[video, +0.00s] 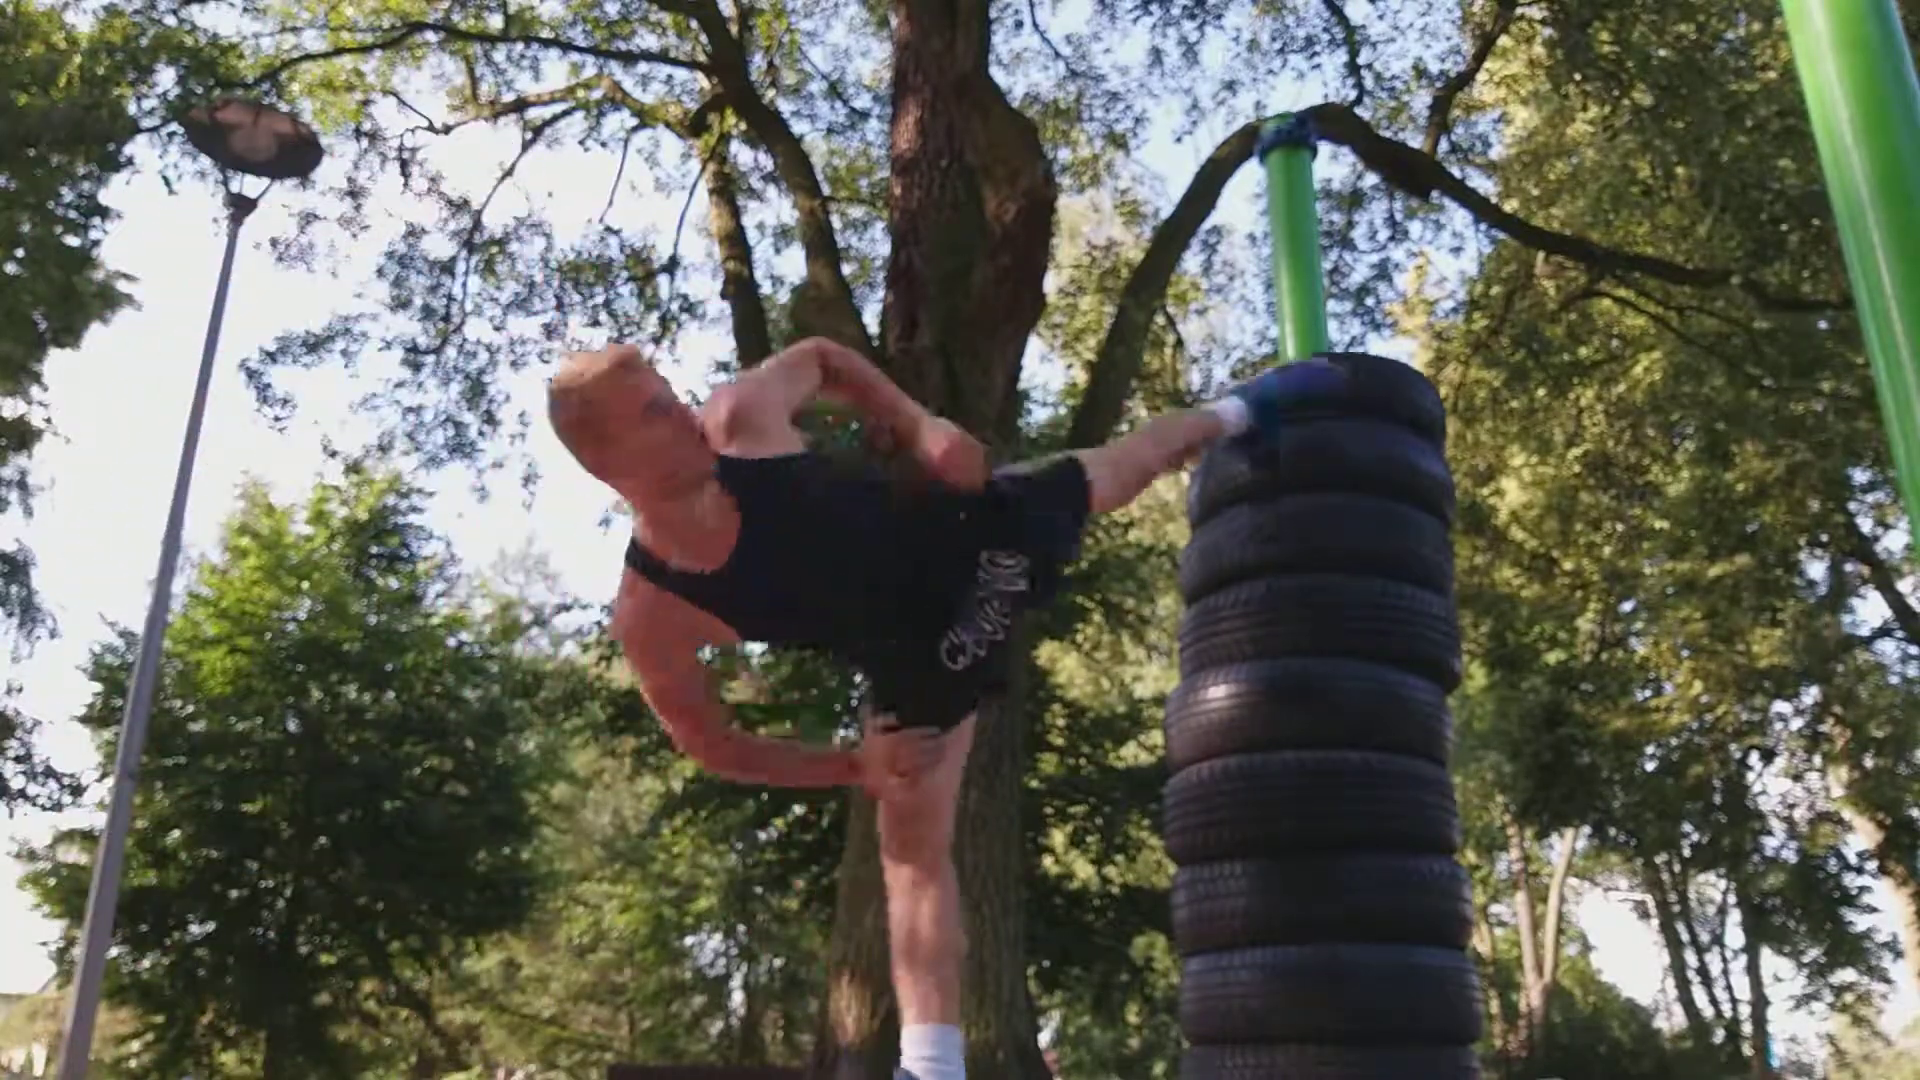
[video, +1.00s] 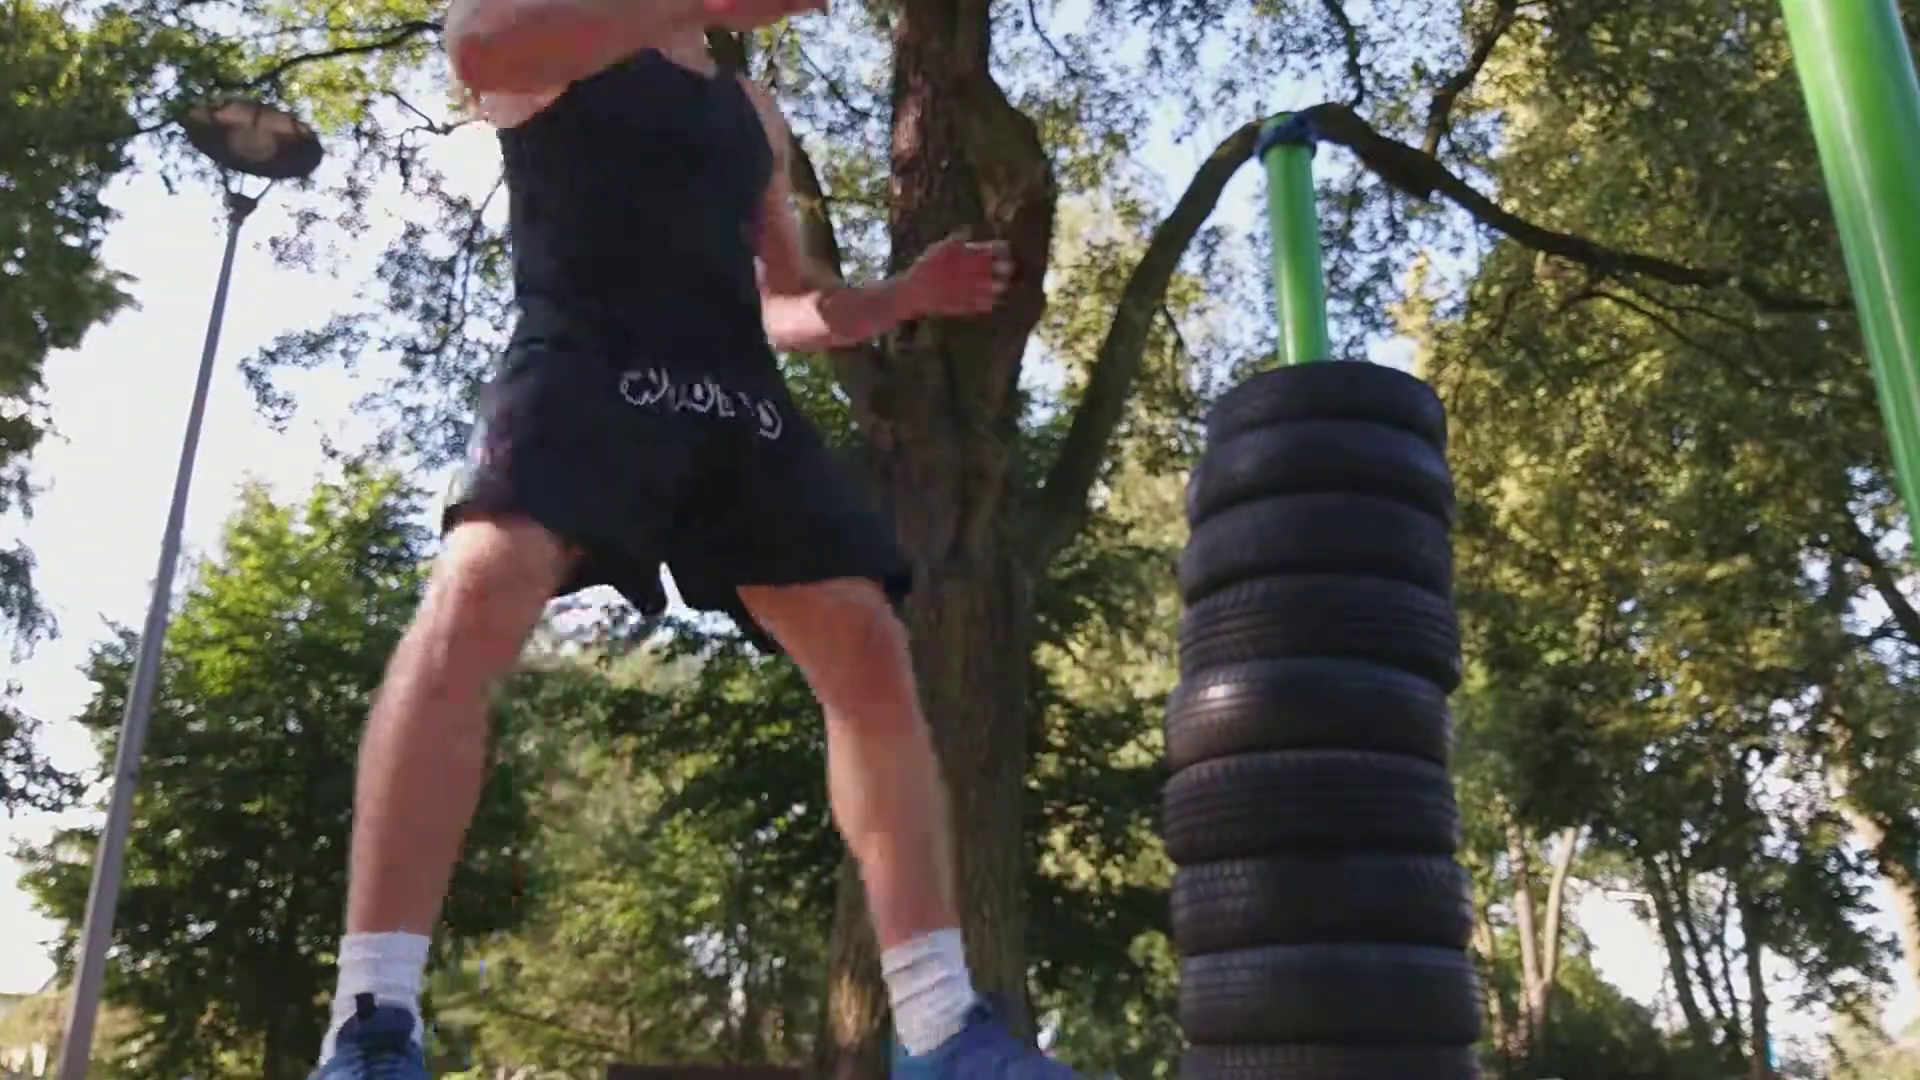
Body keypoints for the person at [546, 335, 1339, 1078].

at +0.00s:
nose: (685, 412)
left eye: (674, 394)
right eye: (655, 413)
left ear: (682, 399)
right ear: (609, 465)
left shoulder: (744, 418)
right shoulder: (651, 615)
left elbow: (821, 356)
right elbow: (713, 747)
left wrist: (919, 423)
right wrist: (844, 767)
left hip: (964, 536)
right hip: (911, 652)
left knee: (1124, 467)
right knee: (911, 840)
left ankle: (1238, 408)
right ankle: (931, 1064)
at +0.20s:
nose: (690, 403)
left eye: (696, 373)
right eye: (660, 393)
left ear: (716, 354)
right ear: (622, 409)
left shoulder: (800, 368)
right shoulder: (669, 543)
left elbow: (951, 332)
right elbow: (765, 674)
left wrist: (1059, 422)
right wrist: (879, 746)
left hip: (1016, 519)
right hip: (949, 630)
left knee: (1245, 519)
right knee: (949, 836)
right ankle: (945, 1066)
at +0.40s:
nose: (777, 131)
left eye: (796, 107)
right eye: (753, 110)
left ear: (828, 118)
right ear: (716, 129)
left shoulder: (910, 209)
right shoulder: (699, 283)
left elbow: (1062, 319)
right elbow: (692, 447)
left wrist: (972, 373)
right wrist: (723, 564)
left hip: (989, 489)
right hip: (877, 557)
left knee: (1086, 661)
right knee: (907, 826)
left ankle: (1162, 980)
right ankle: (940, 1068)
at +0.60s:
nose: (871, 0)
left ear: (907, 16)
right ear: (793, 15)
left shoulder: (961, 122)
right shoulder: (769, 175)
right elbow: (710, 354)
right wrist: (592, 254)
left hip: (969, 474)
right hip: (827, 500)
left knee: (1032, 678)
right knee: (707, 765)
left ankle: (1086, 1038)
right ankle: (891, 980)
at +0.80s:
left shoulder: (907, 54)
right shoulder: (666, 79)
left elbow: (1029, 216)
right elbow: (515, 193)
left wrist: (929, 195)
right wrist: (625, 44)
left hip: (903, 415)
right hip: (732, 413)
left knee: (980, 665)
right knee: (598, 594)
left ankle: (1067, 1037)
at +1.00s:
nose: (800, 14)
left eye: (806, 12)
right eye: (797, 3)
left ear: (770, 14)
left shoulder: (750, 106)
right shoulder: (556, 27)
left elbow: (779, 305)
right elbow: (479, 55)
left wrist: (904, 293)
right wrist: (685, 11)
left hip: (739, 404)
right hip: (579, 386)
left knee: (865, 644)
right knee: (474, 594)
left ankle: (940, 1029)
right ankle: (373, 1021)